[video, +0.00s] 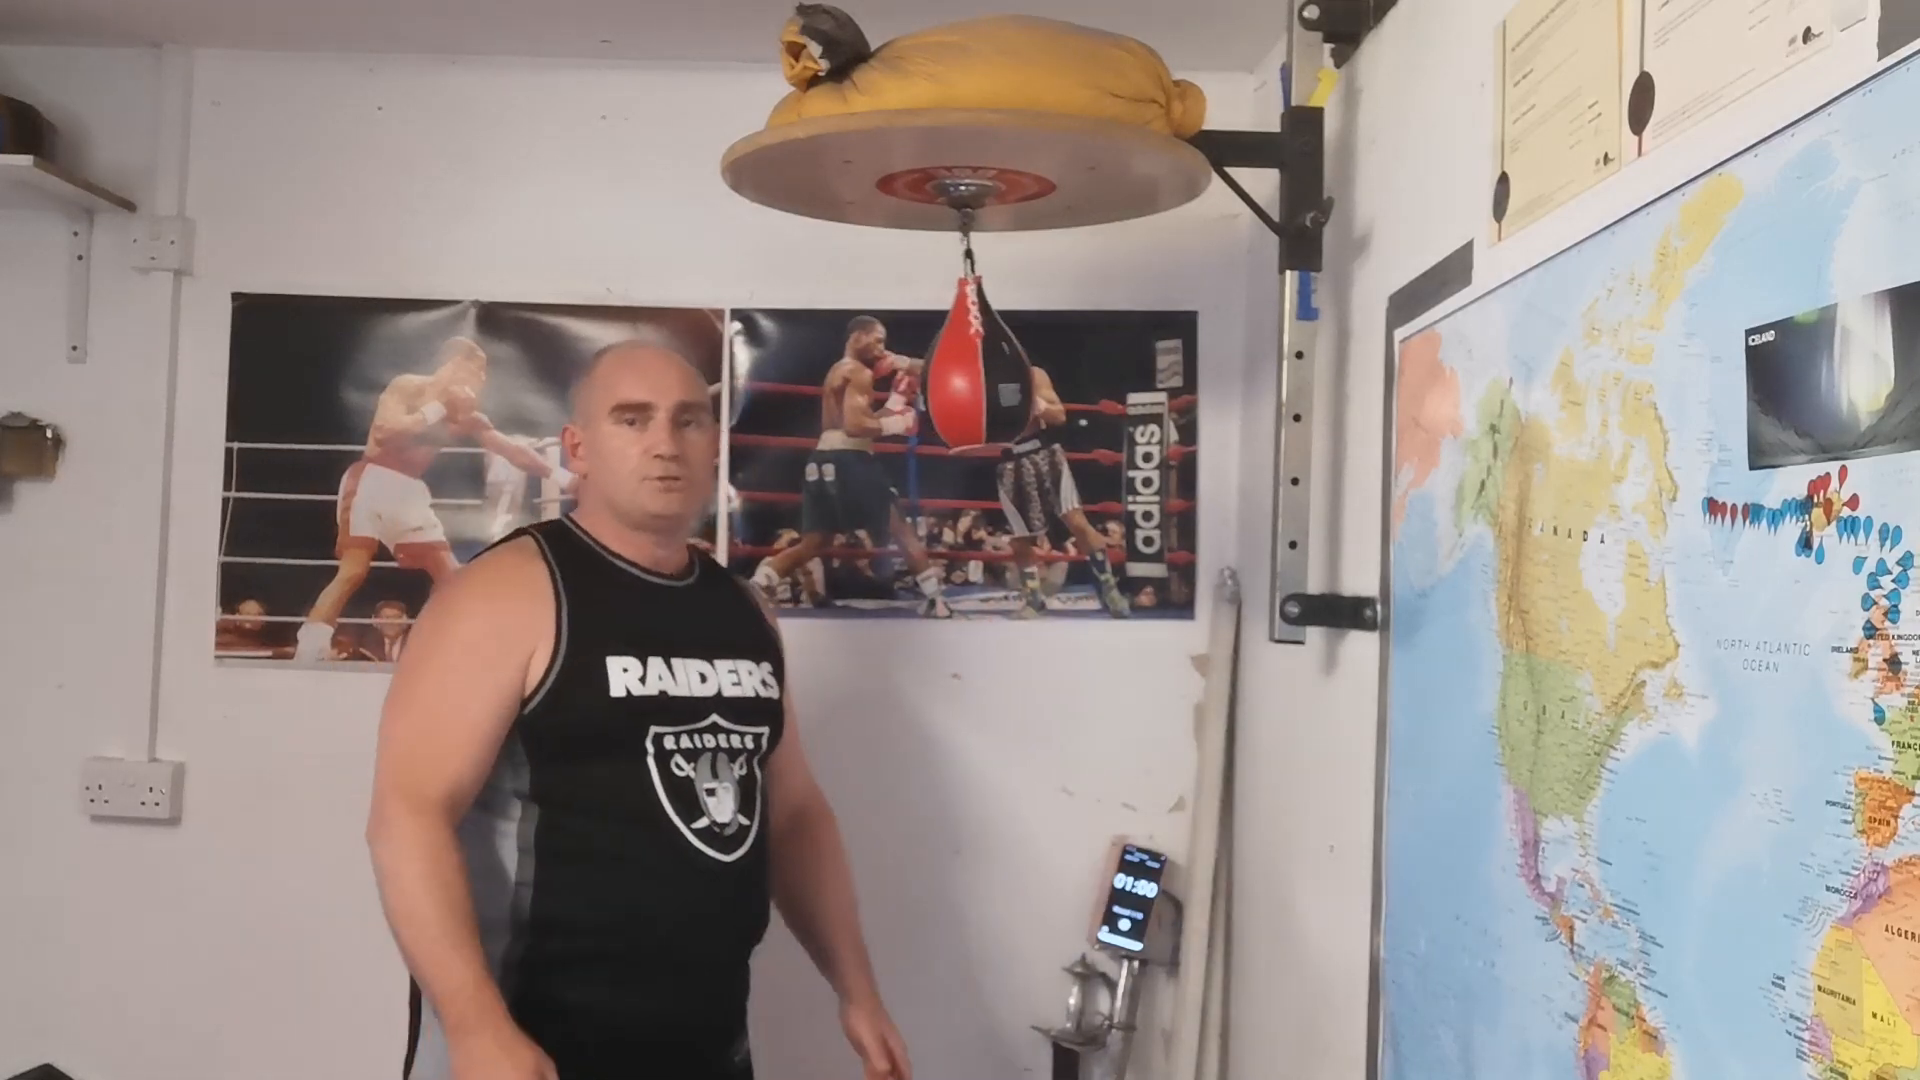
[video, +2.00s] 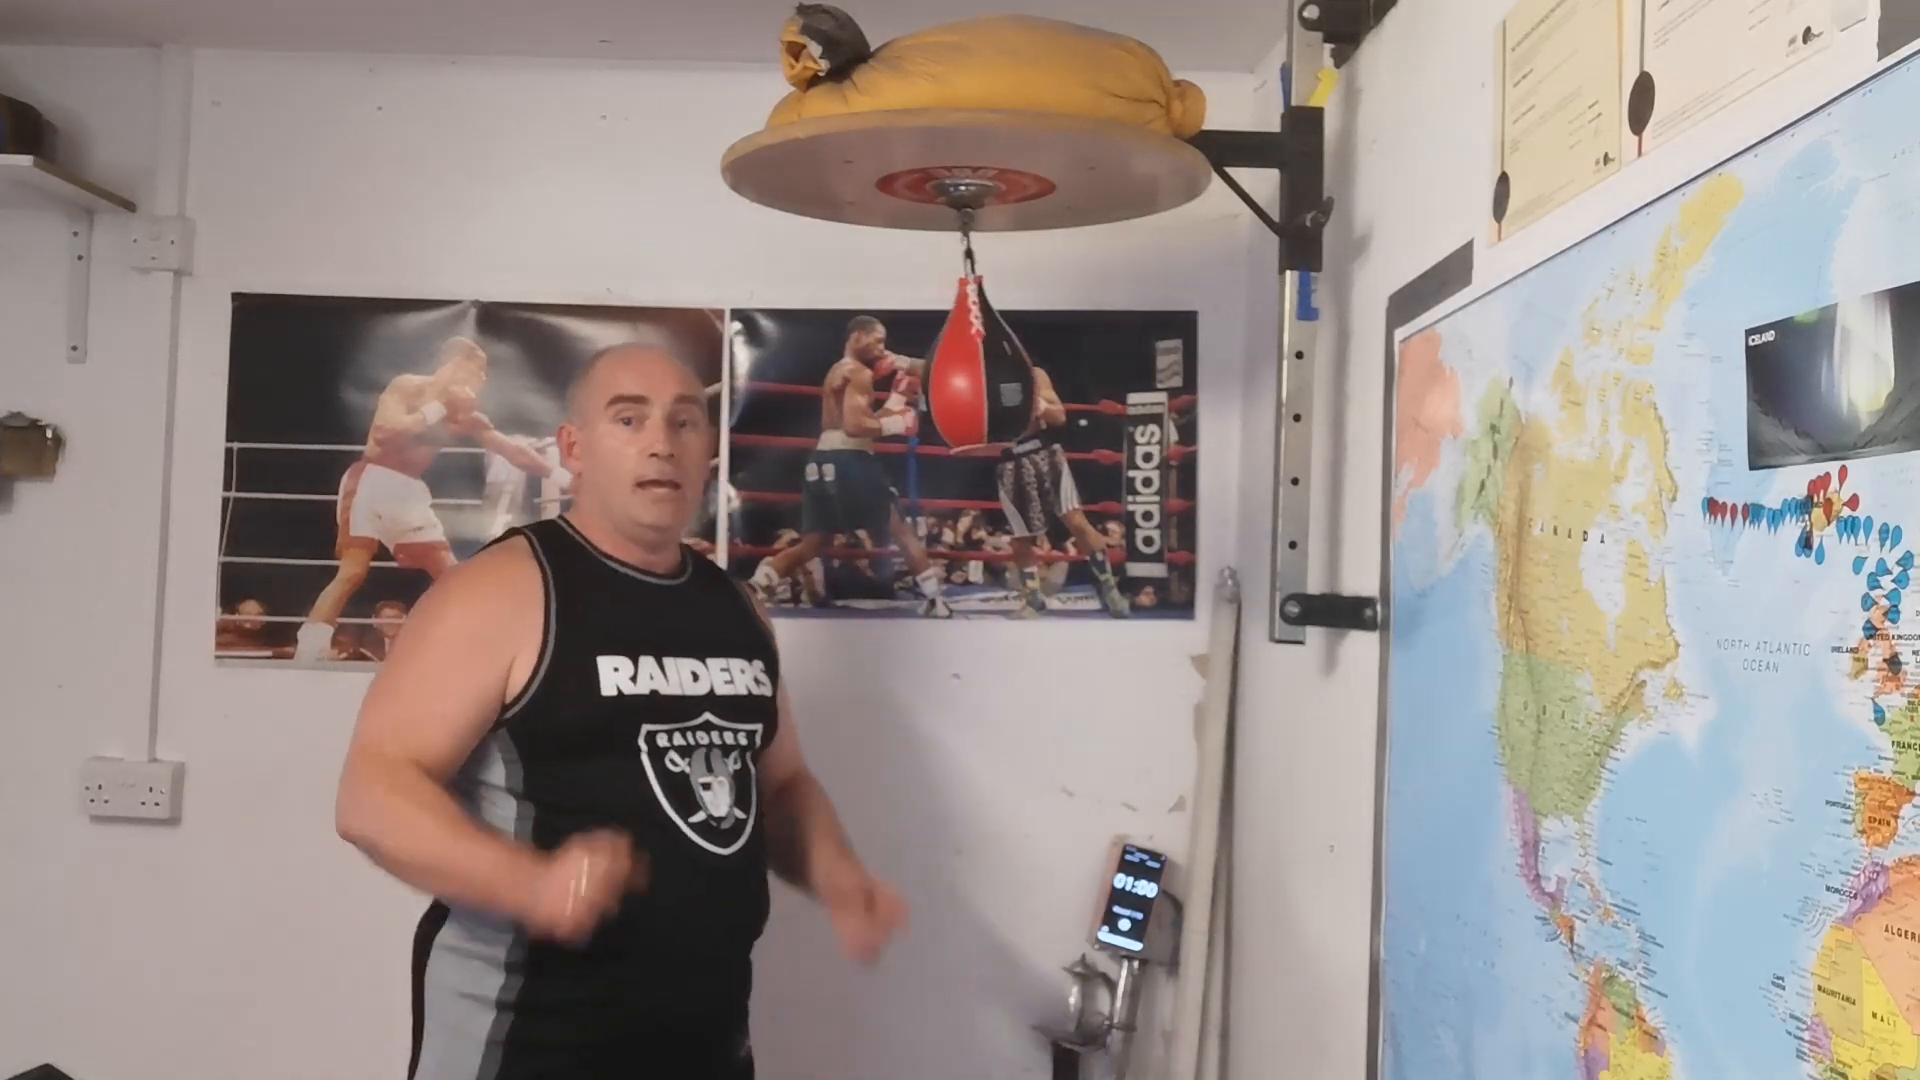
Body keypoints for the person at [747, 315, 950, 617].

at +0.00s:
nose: (881, 349)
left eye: (882, 343)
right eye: (877, 342)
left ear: (856, 340)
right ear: (858, 337)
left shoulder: (834, 373)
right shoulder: (858, 372)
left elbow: (848, 422)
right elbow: (854, 425)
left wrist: (887, 411)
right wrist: (894, 423)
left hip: (821, 462)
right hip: (852, 463)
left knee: (815, 542)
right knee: (903, 530)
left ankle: (756, 586)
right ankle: (936, 600)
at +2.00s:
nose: (881, 349)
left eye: (883, 343)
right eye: (878, 342)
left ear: (855, 340)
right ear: (857, 337)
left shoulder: (833, 374)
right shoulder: (858, 373)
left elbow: (849, 422)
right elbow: (855, 425)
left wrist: (889, 408)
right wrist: (896, 423)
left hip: (820, 462)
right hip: (853, 463)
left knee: (814, 542)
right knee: (902, 531)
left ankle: (755, 587)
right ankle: (935, 598)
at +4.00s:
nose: (881, 349)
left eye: (883, 343)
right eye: (878, 342)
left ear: (857, 340)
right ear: (858, 337)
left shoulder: (834, 372)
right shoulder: (858, 373)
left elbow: (848, 422)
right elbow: (854, 425)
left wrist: (886, 409)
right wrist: (894, 423)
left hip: (820, 463)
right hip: (852, 463)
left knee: (816, 541)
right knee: (901, 529)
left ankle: (756, 587)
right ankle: (935, 597)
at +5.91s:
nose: (881, 350)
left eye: (883, 343)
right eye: (877, 342)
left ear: (855, 341)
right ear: (857, 338)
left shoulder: (834, 373)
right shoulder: (859, 373)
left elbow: (841, 422)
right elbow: (854, 425)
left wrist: (885, 411)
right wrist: (894, 424)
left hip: (820, 463)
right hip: (852, 463)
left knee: (815, 542)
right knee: (901, 530)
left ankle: (755, 588)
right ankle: (935, 597)